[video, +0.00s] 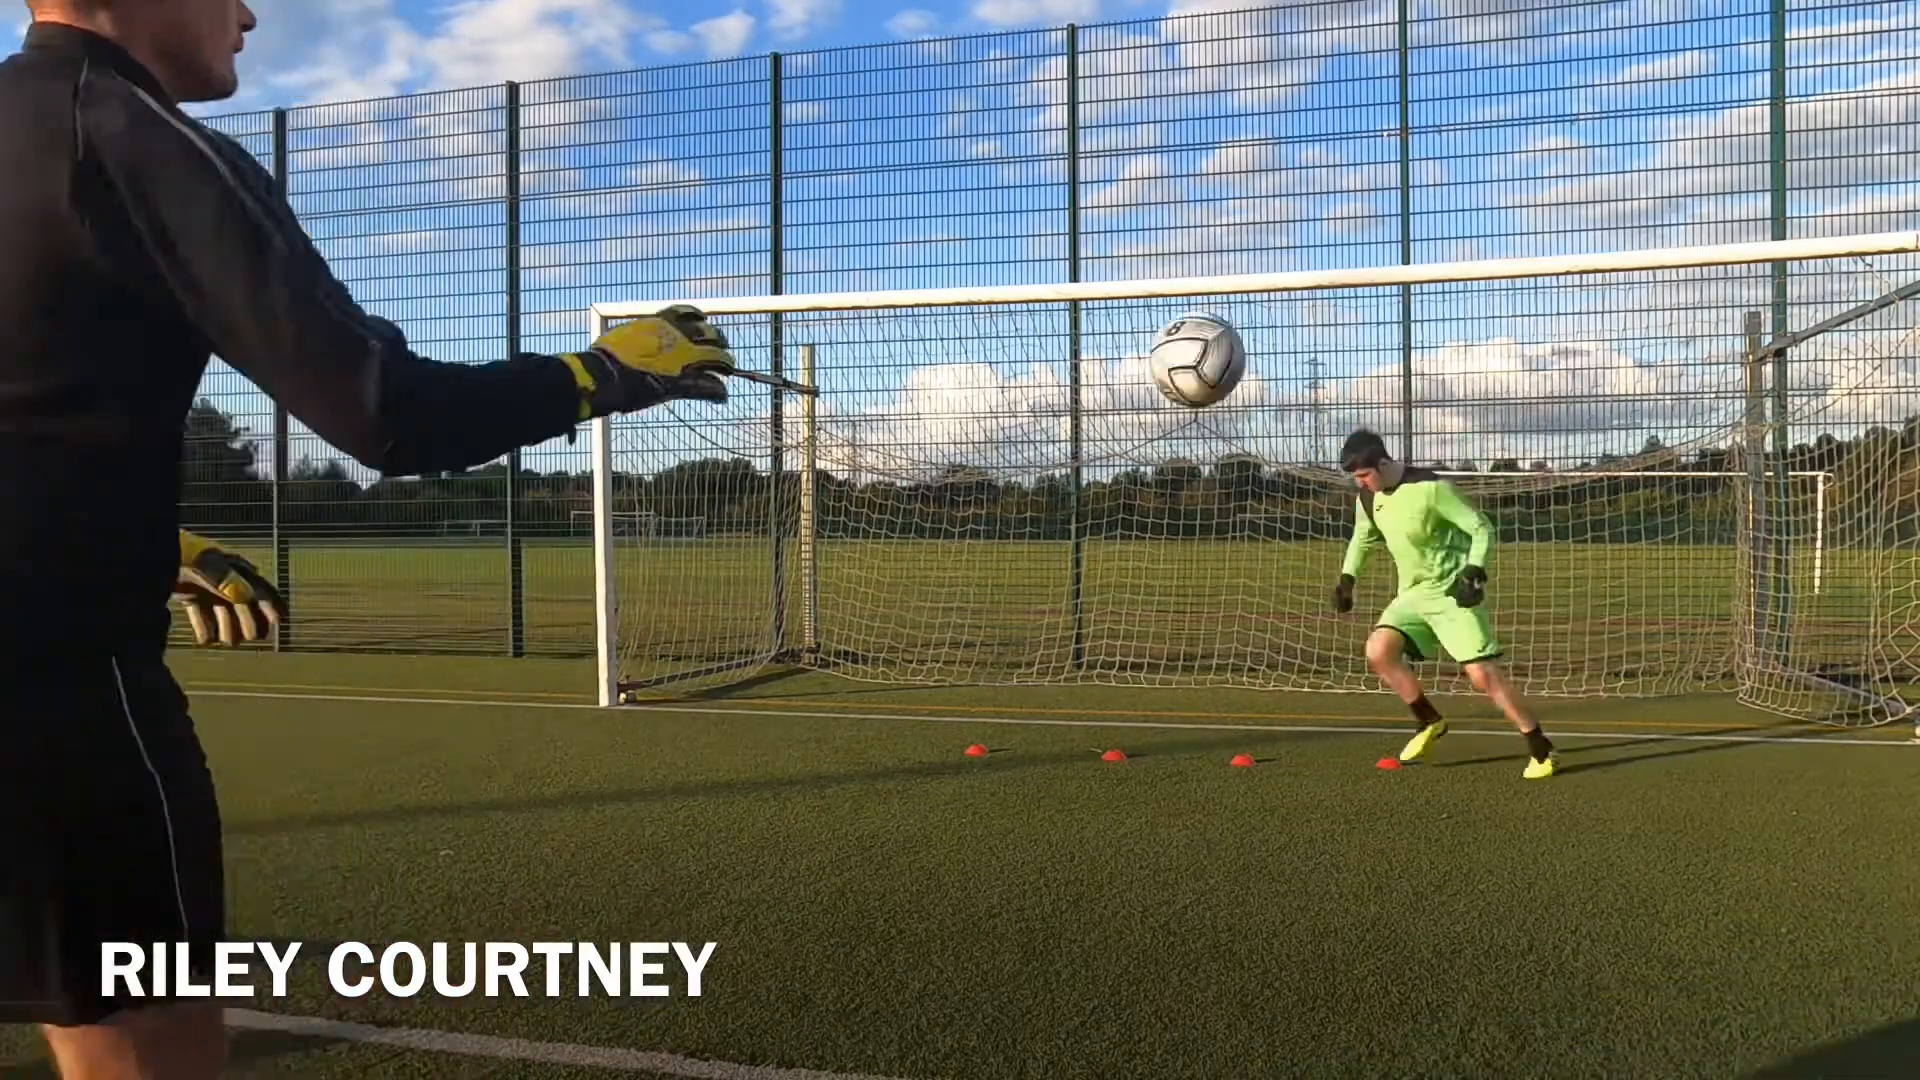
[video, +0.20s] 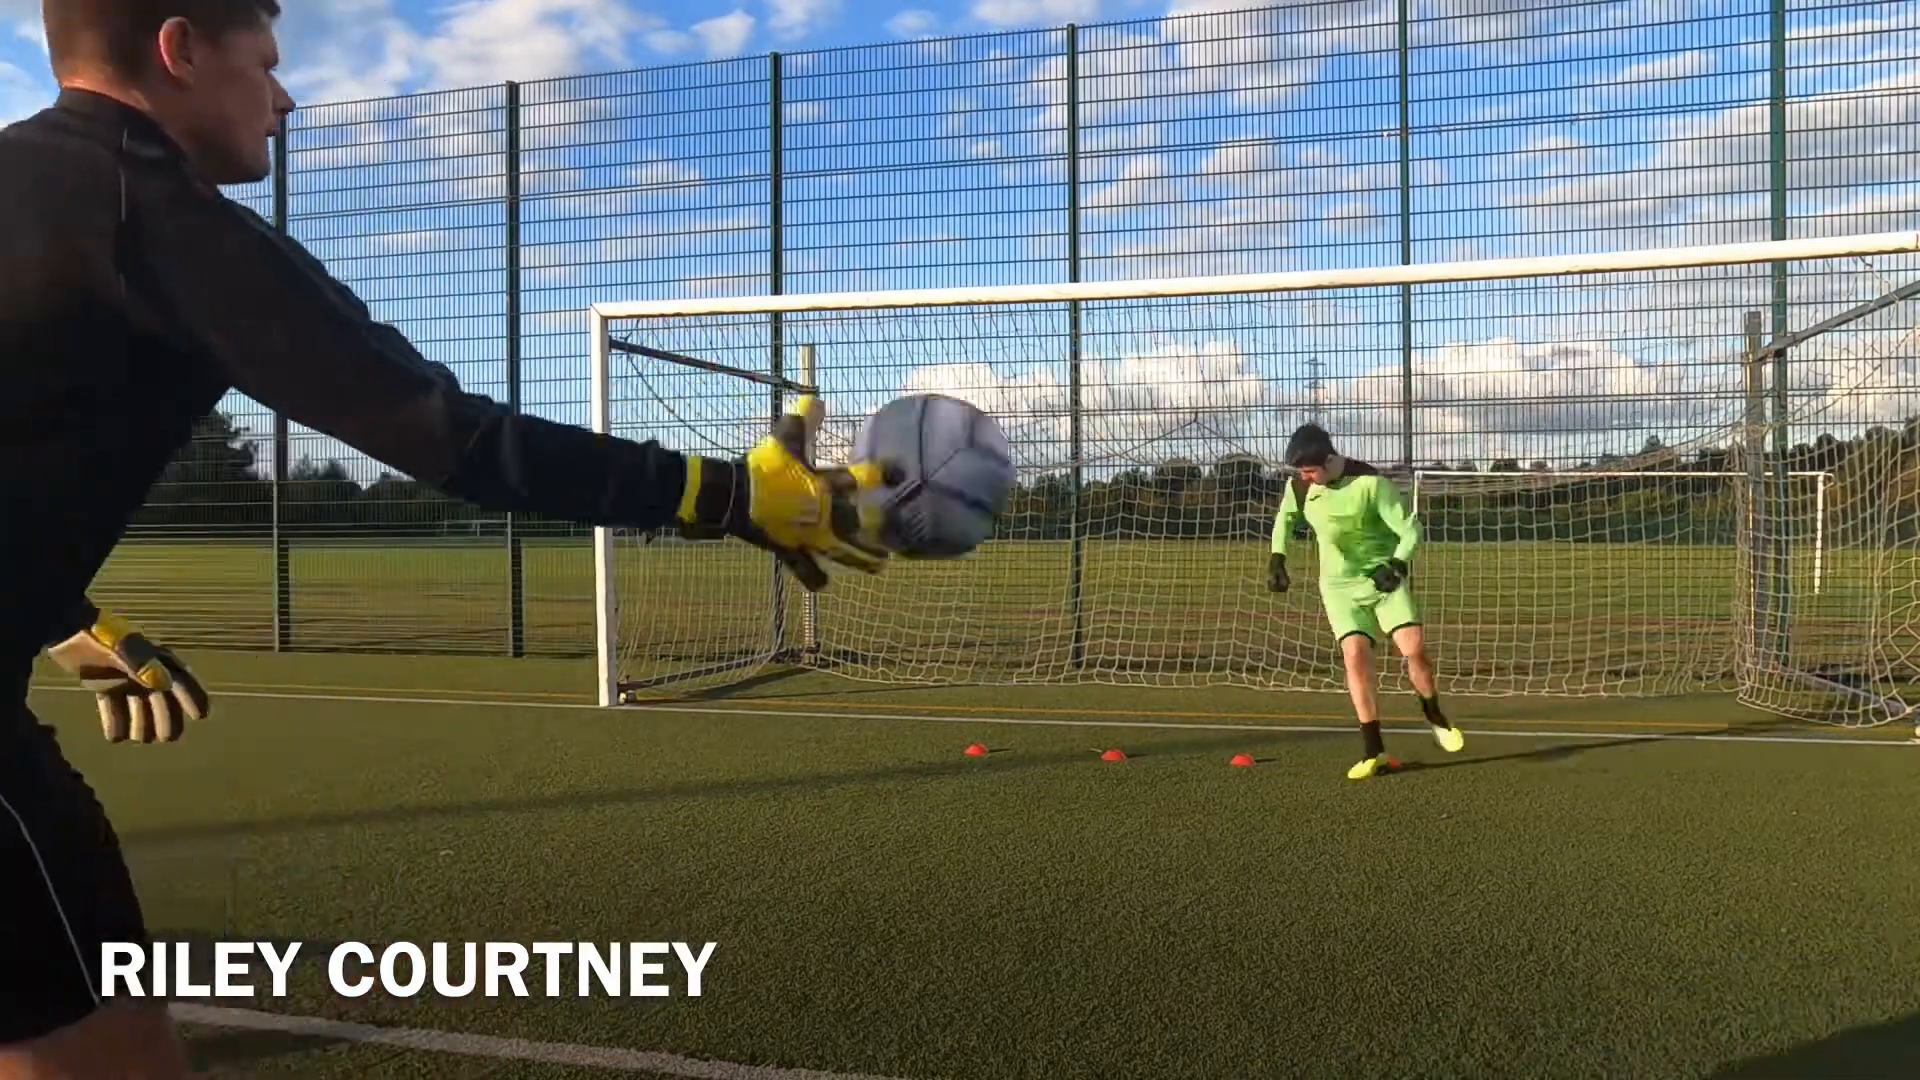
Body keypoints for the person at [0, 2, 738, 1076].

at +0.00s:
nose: (246, 12)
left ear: (83, 1)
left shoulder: (17, 113)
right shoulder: (133, 142)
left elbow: (19, 420)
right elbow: (389, 410)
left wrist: (151, 551)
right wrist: (601, 374)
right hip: (69, 667)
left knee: (106, 1048)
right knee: (149, 1051)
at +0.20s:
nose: (282, 100)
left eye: (275, 62)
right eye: (263, 59)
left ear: (141, 56)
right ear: (172, 50)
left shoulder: (24, 167)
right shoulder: (150, 210)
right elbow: (446, 432)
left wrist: (70, 624)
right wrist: (734, 495)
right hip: (6, 723)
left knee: (76, 1031)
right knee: (109, 1040)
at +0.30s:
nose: (273, 131)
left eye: (274, 101)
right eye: (262, 98)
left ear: (75, 84)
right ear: (187, 77)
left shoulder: (14, 183)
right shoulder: (154, 229)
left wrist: (20, 653)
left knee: (68, 1039)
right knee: (86, 1044)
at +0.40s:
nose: (252, 139)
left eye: (255, 108)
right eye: (246, 104)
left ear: (67, 83)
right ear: (181, 85)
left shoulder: (17, 184)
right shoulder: (105, 236)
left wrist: (10, 656)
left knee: (59, 1040)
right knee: (71, 1046)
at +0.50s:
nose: (205, 130)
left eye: (209, 98)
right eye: (202, 92)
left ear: (47, 64)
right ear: (139, 64)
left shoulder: (34, 192)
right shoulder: (69, 220)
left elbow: (5, 530)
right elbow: (5, 533)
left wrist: (72, 682)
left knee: (58, 1033)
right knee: (55, 1040)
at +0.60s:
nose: (160, 117)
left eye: (163, 89)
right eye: (156, 82)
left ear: (65, 53)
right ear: (97, 52)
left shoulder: (46, 209)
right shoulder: (55, 216)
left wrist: (58, 675)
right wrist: (75, 700)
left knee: (44, 1031)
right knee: (42, 1035)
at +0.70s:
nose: (139, 117)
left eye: (142, 87)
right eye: (137, 82)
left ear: (54, 52)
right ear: (82, 52)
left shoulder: (42, 197)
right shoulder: (50, 201)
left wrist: (45, 654)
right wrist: (58, 654)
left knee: (51, 1033)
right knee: (52, 1039)